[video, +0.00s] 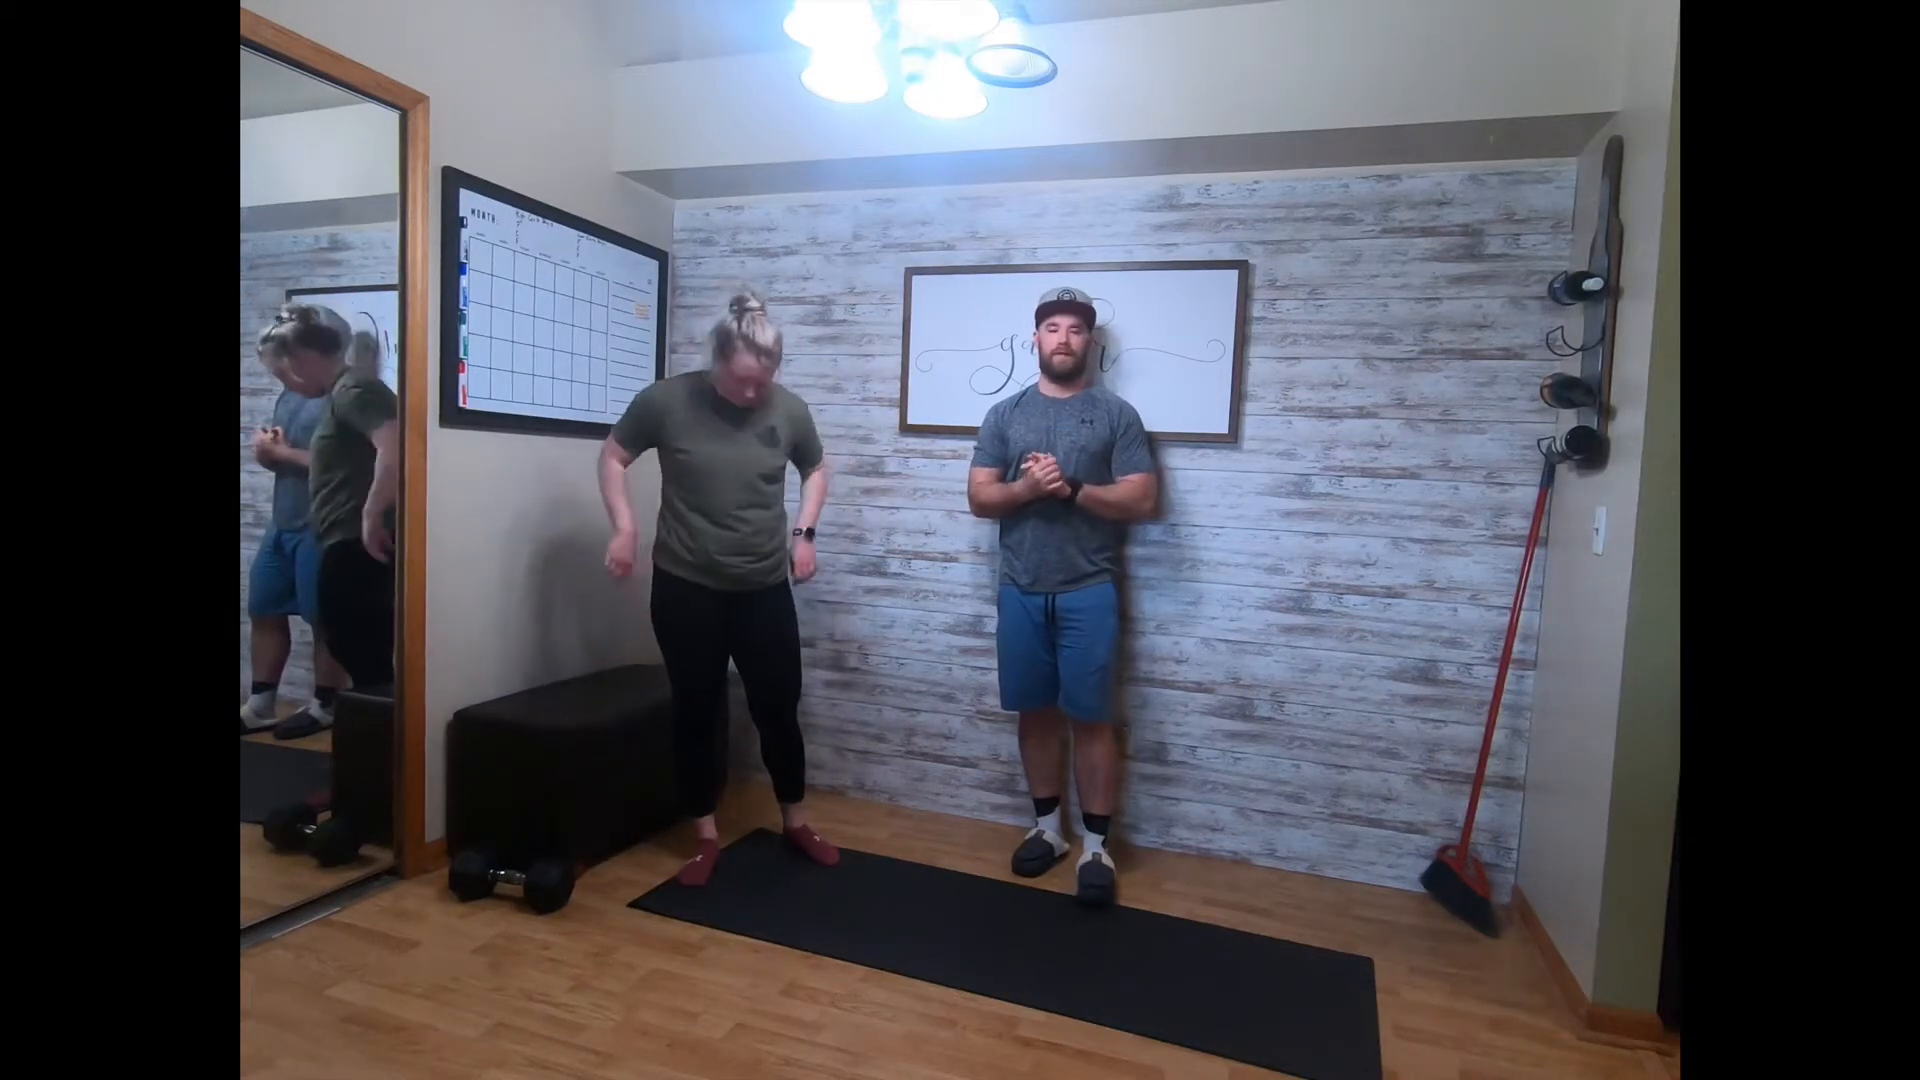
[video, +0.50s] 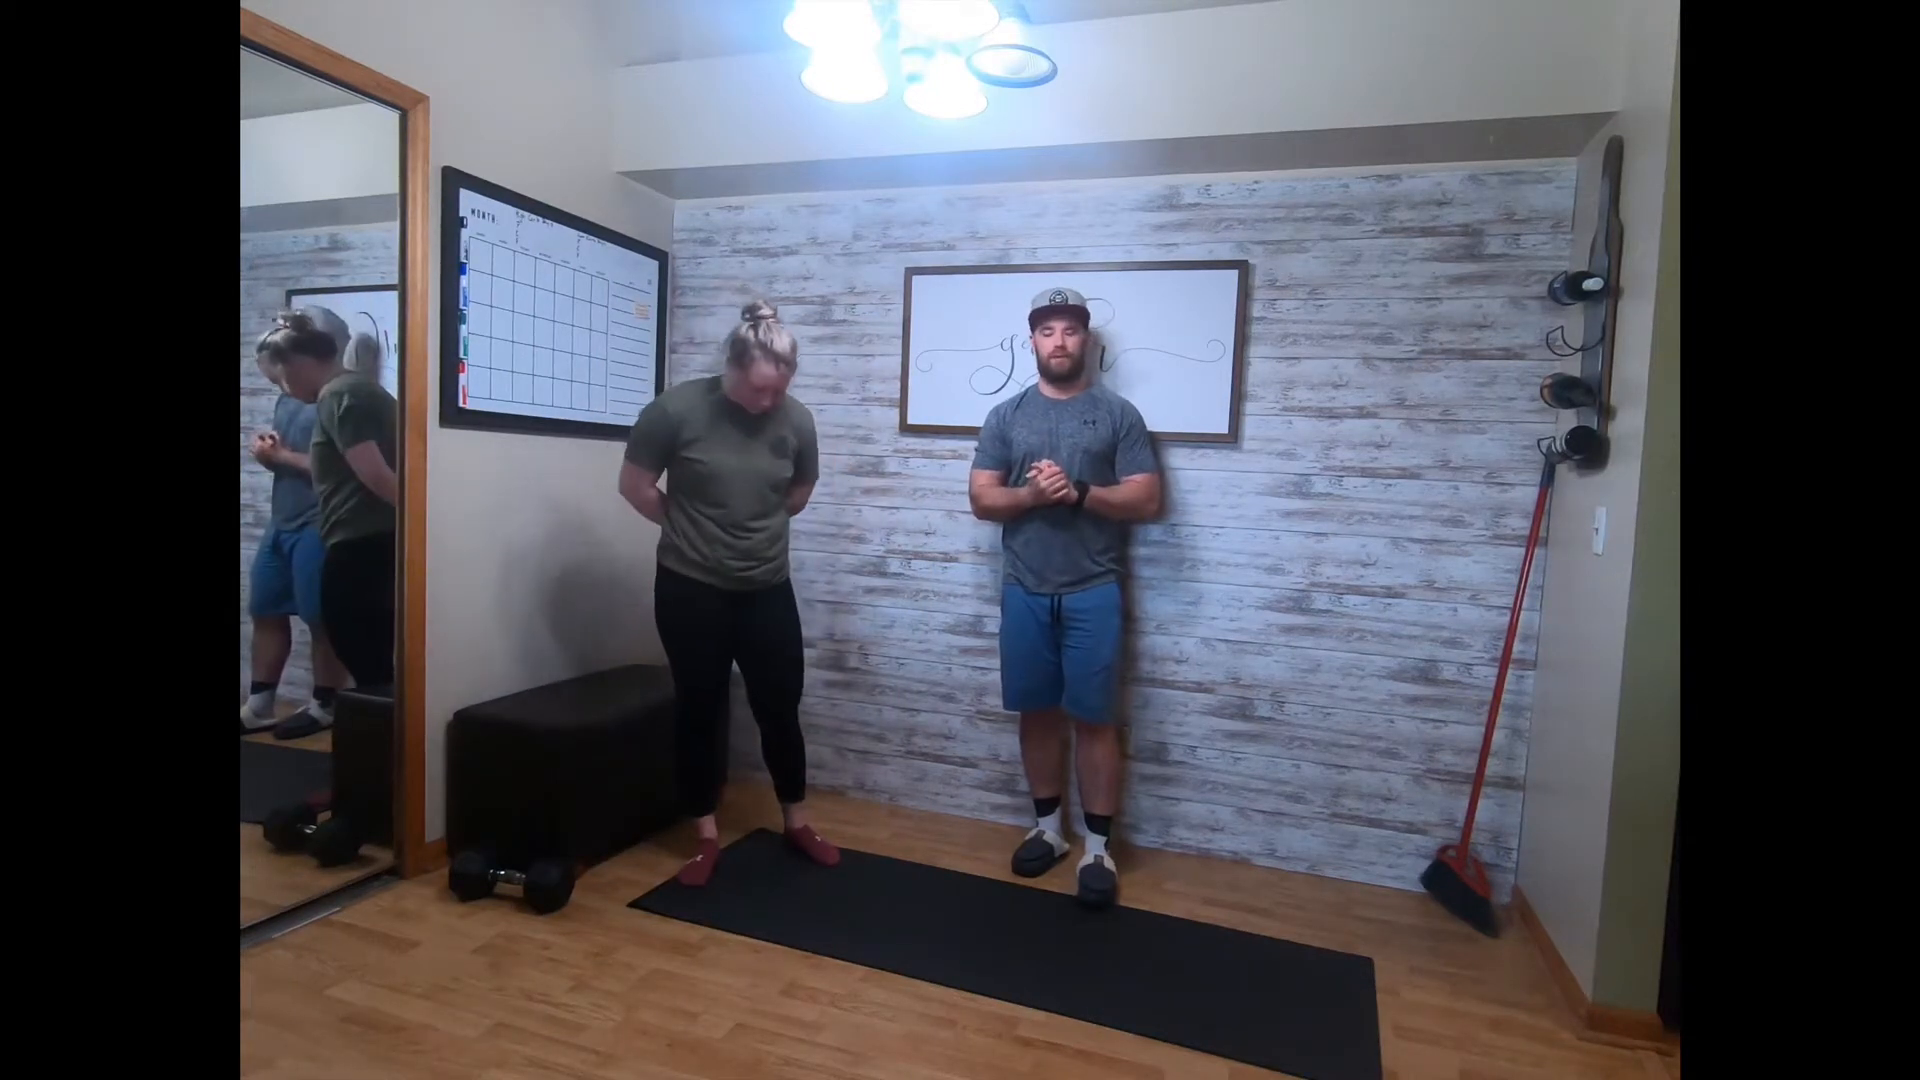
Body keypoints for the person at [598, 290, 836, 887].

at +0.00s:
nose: (751, 392)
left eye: (761, 381)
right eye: (741, 380)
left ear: (775, 367)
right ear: (717, 359)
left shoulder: (788, 410)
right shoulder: (667, 401)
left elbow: (816, 470)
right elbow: (613, 456)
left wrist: (805, 531)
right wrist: (624, 528)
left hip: (764, 587)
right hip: (686, 586)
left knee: (779, 709)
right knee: (696, 713)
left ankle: (797, 824)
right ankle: (707, 838)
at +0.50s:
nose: (765, 401)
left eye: (775, 390)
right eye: (756, 389)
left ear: (788, 375)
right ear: (730, 368)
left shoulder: (797, 422)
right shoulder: (678, 410)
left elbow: (800, 491)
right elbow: (635, 485)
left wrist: (754, 520)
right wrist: (689, 522)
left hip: (767, 589)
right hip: (691, 587)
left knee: (781, 709)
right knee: (700, 710)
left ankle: (796, 824)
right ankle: (707, 837)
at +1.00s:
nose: (766, 395)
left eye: (776, 384)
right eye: (758, 384)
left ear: (788, 372)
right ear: (729, 365)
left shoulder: (798, 422)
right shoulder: (678, 411)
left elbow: (801, 496)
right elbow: (635, 486)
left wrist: (751, 520)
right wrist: (689, 522)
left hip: (767, 590)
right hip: (692, 587)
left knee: (778, 709)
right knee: (701, 710)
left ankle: (796, 824)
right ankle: (706, 835)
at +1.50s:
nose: (746, 358)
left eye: (756, 347)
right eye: (734, 346)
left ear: (768, 350)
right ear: (709, 346)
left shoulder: (792, 418)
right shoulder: (667, 409)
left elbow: (807, 503)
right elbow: (632, 491)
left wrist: (751, 527)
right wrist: (689, 528)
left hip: (770, 593)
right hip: (690, 591)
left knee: (782, 716)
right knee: (699, 718)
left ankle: (797, 824)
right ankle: (707, 837)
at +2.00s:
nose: (733, 343)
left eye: (744, 334)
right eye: (722, 332)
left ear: (757, 345)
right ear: (702, 341)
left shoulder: (785, 417)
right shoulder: (661, 411)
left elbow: (805, 506)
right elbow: (628, 493)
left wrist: (746, 529)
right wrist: (684, 528)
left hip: (763, 593)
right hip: (682, 592)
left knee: (781, 716)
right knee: (696, 719)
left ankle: (799, 825)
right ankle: (707, 838)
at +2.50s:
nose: (736, 338)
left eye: (746, 332)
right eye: (724, 328)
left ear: (757, 348)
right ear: (699, 339)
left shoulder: (779, 416)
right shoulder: (654, 408)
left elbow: (798, 503)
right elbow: (622, 491)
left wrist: (742, 531)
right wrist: (677, 528)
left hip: (757, 592)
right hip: (678, 591)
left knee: (775, 716)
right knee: (694, 719)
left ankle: (791, 825)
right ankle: (707, 840)